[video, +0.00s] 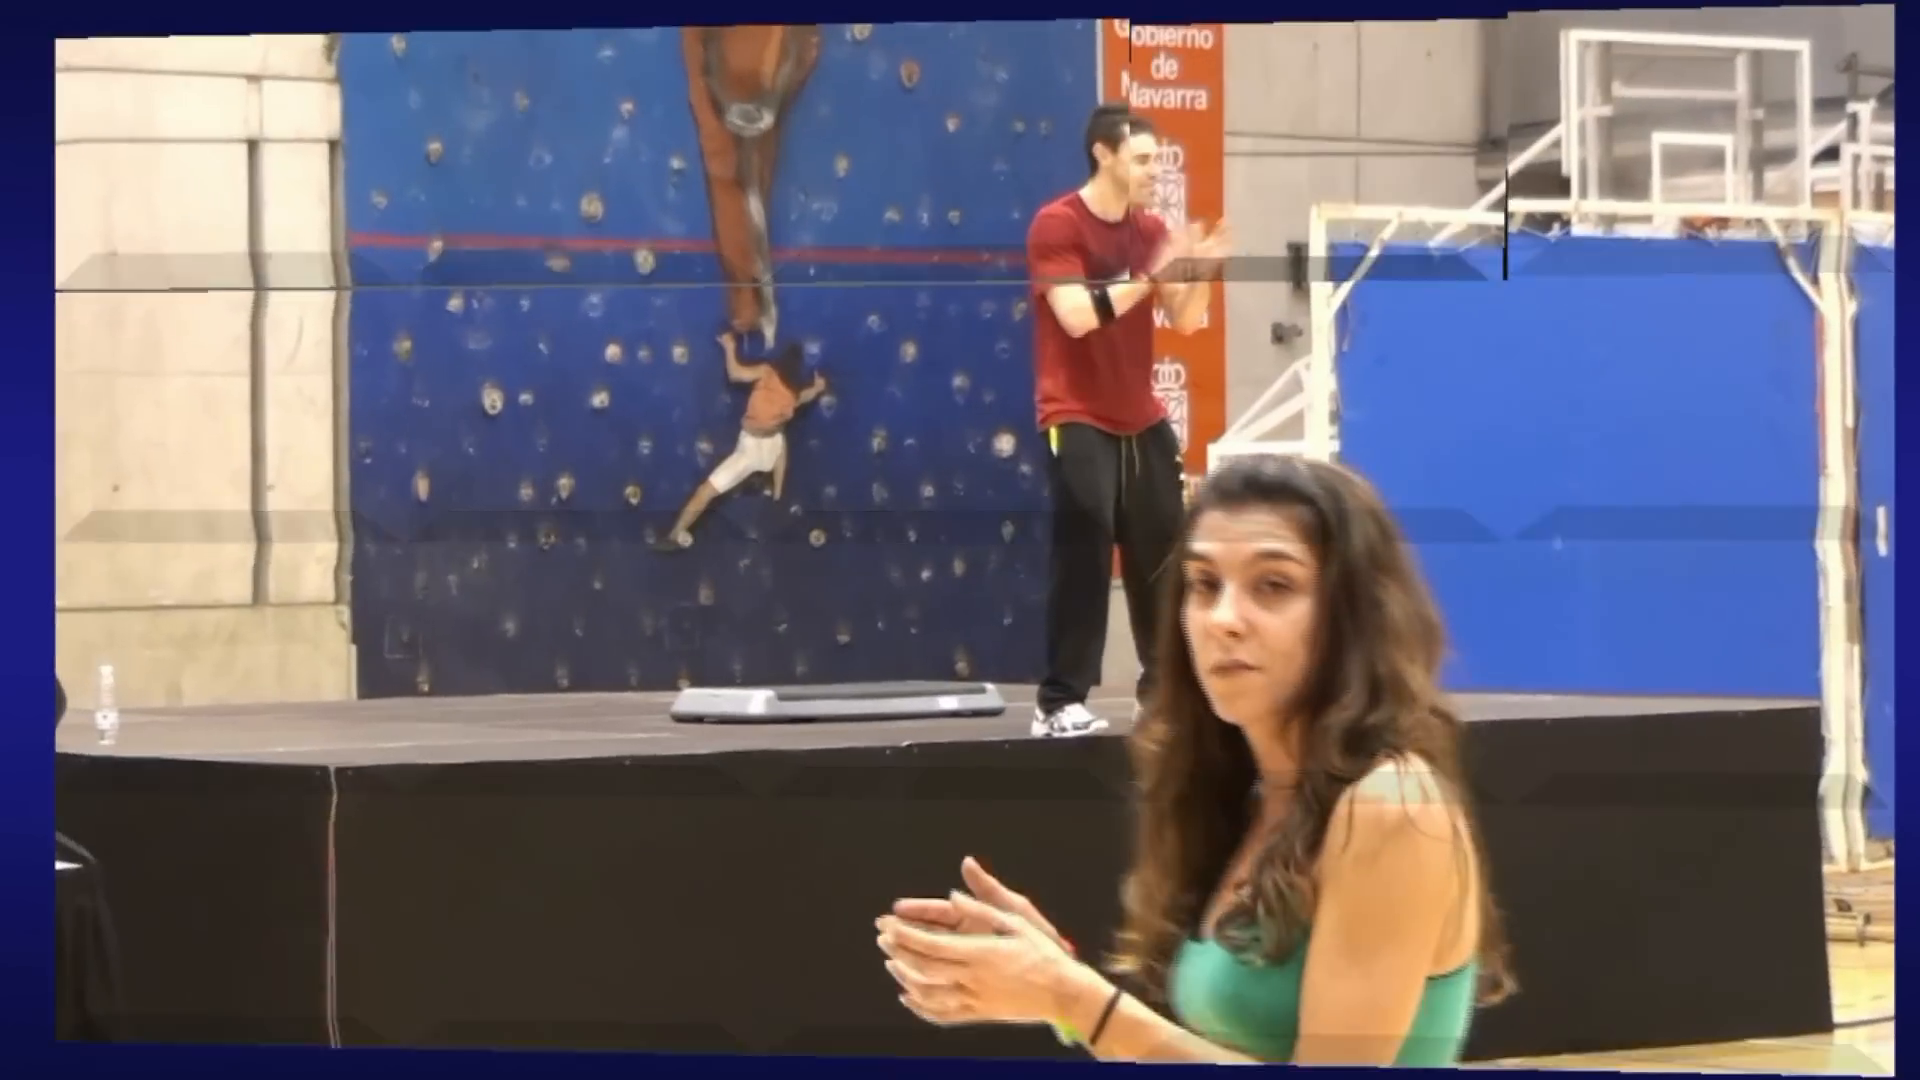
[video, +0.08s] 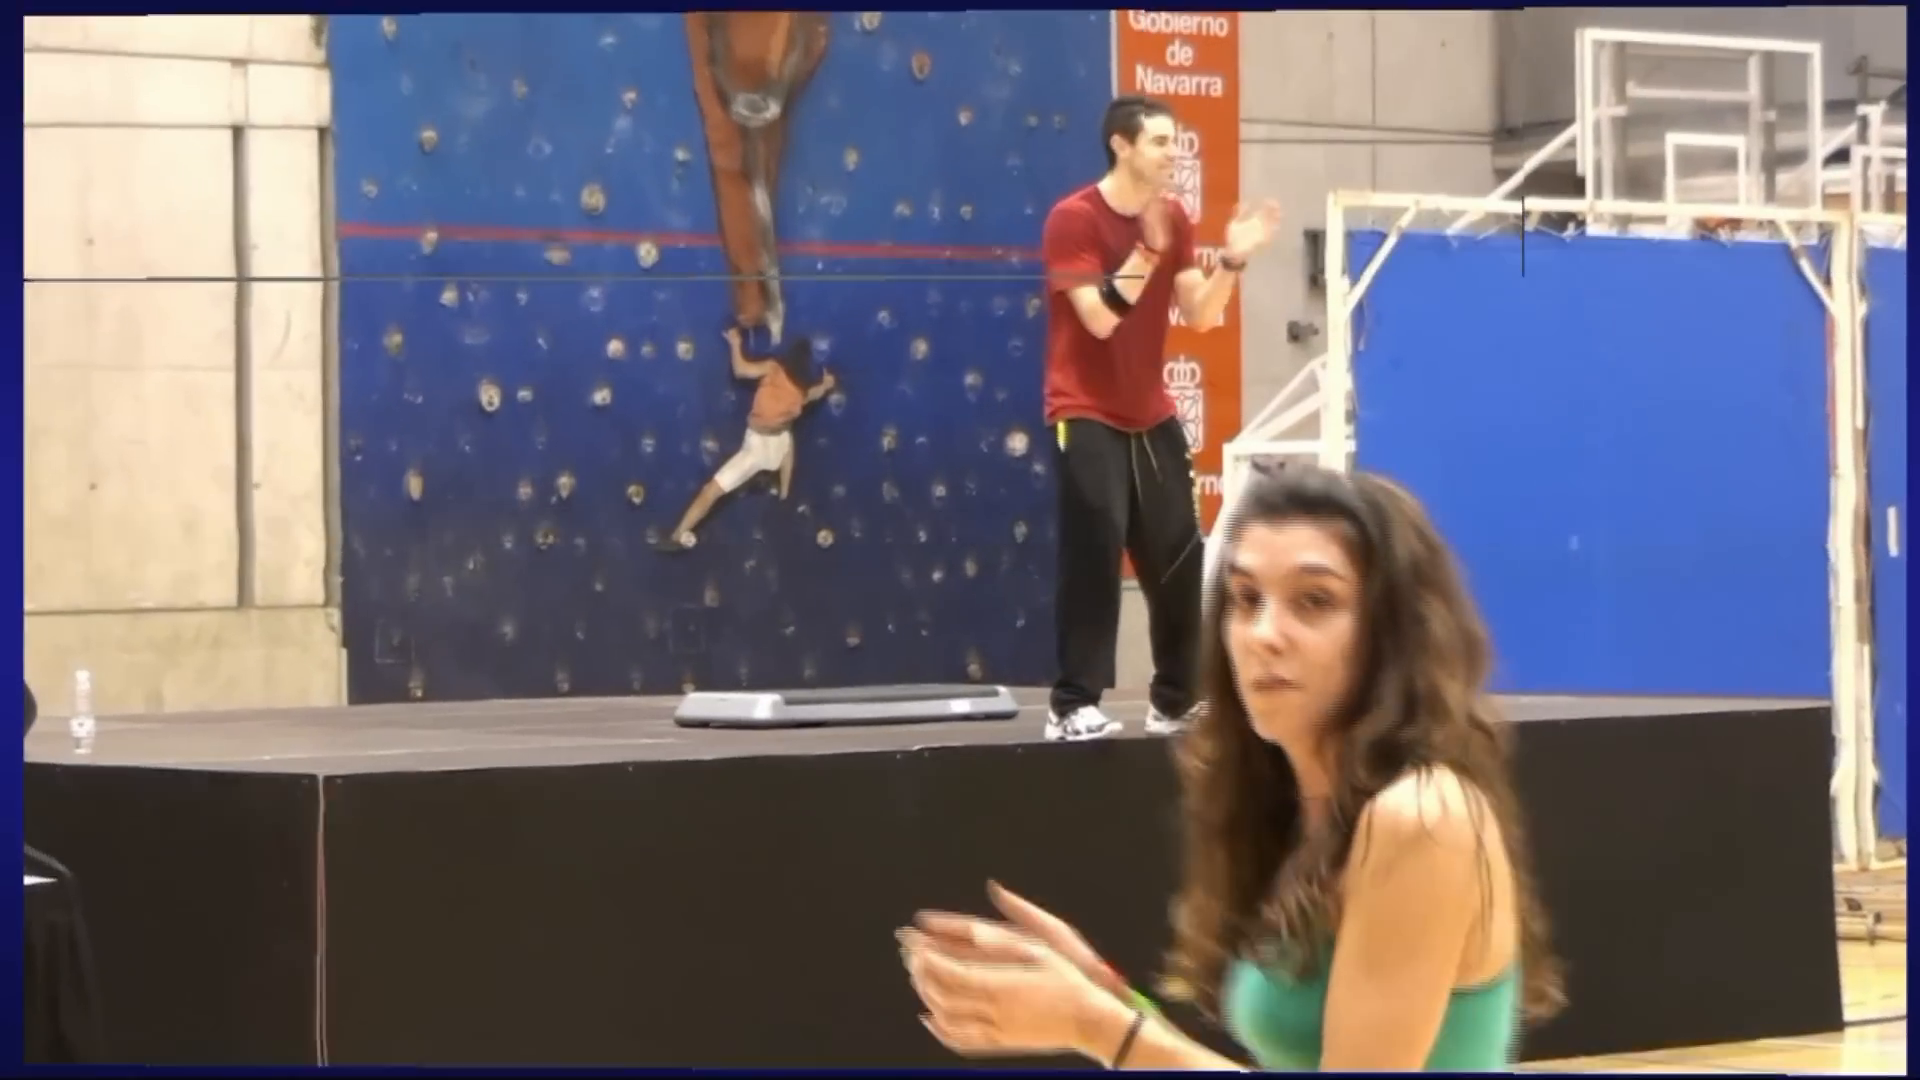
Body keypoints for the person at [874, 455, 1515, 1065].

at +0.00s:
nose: (1224, 621)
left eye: (1273, 586)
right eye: (1204, 585)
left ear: (1349, 609)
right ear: (1181, 608)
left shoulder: (1391, 811)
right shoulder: (1251, 796)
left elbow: (1327, 1068)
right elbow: (1228, 1050)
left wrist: (1071, 1000)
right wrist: (1060, 982)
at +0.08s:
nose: (1266, 636)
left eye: (1315, 603)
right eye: (1245, 600)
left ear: (1390, 628)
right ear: (1221, 619)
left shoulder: (1422, 820)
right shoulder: (1307, 812)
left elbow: (1352, 1069)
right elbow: (1281, 1068)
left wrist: (1093, 1028)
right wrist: (1107, 1001)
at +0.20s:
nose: (1308, 679)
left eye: (1359, 645)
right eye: (1292, 642)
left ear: (1441, 672)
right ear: (1275, 660)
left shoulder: (1447, 864)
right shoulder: (1398, 858)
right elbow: (1349, 1069)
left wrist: (1160, 1068)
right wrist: (1211, 1063)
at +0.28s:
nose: (1328, 690)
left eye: (1378, 657)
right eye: (1314, 653)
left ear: (1465, 684)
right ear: (1295, 668)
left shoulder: (1465, 877)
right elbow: (1397, 1062)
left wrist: (1209, 1079)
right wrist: (1242, 1075)